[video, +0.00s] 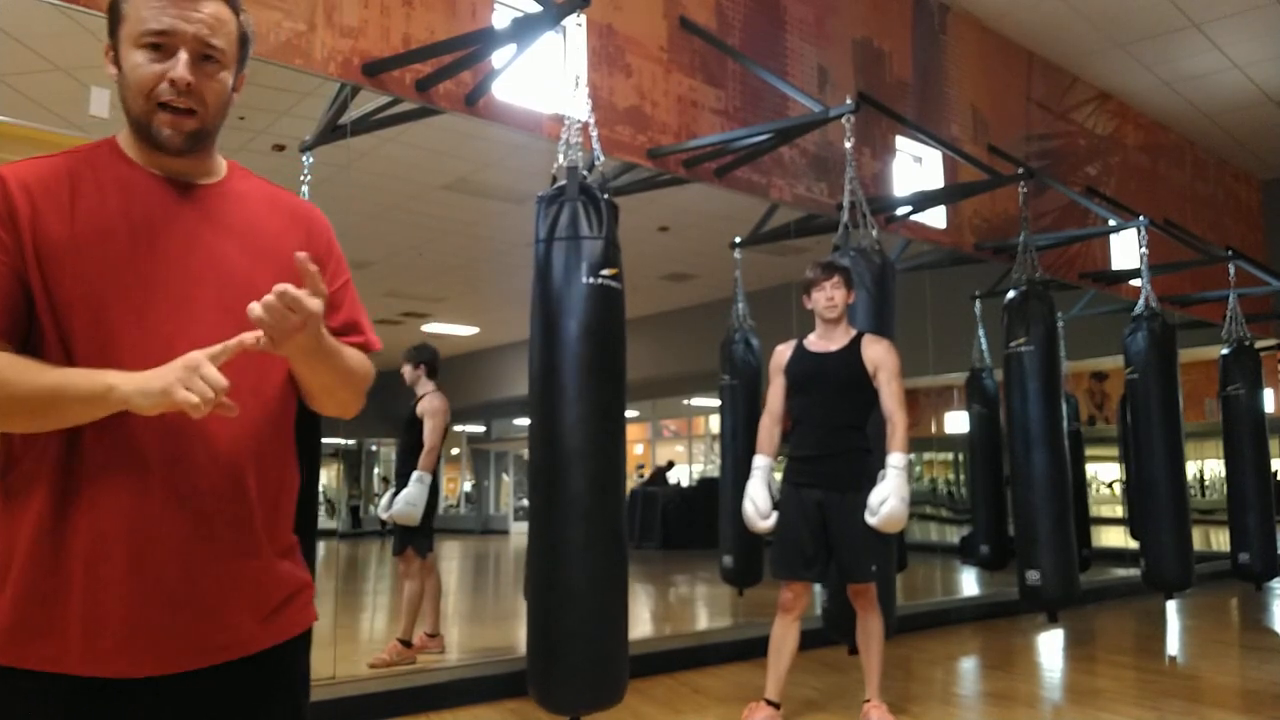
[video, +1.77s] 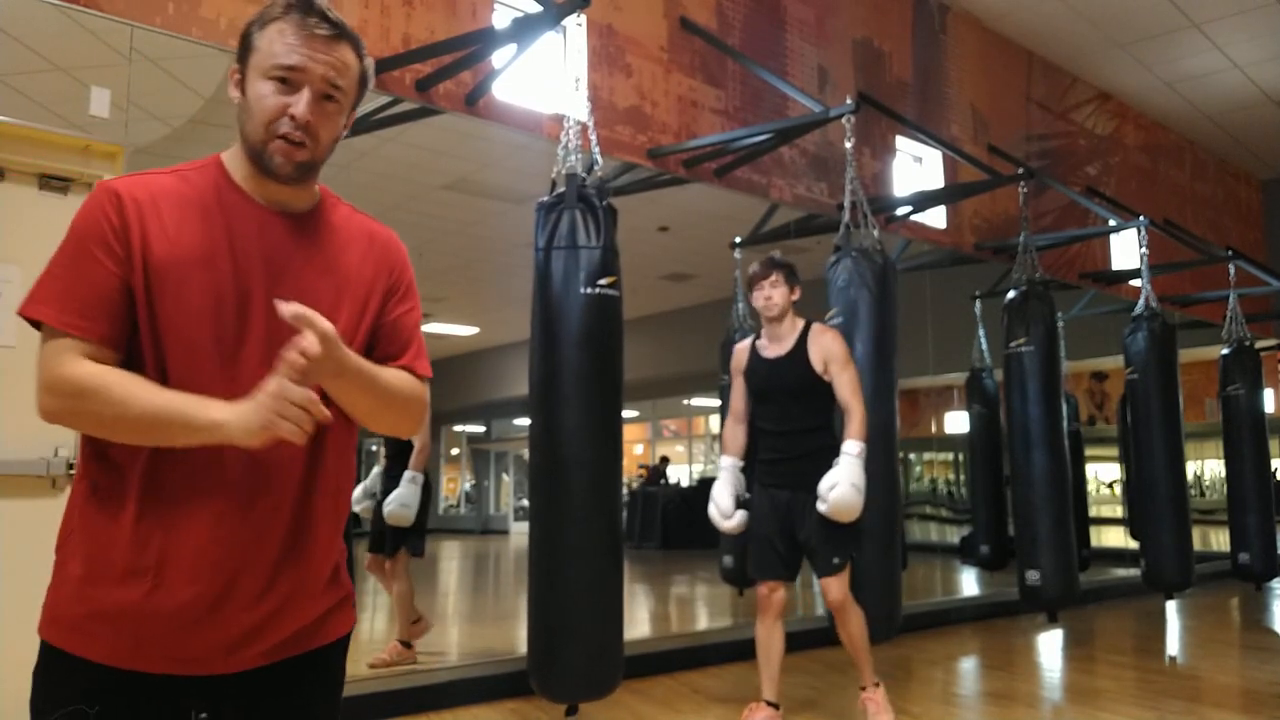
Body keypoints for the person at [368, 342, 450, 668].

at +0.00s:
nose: (402, 374)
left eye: (405, 368)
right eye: (402, 369)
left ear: (421, 369)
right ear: (421, 370)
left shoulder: (433, 401)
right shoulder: (421, 402)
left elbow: (431, 448)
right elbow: (409, 452)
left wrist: (417, 488)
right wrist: (393, 490)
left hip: (419, 484)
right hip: (411, 483)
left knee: (409, 562)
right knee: (424, 562)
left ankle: (404, 641)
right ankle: (431, 634)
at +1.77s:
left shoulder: (417, 392)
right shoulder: (391, 399)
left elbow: (422, 444)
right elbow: (389, 452)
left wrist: (409, 485)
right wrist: (371, 484)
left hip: (407, 481)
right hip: (389, 482)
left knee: (397, 566)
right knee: (374, 563)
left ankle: (403, 643)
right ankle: (414, 619)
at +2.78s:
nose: (344, 379)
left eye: (346, 374)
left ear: (352, 374)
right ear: (364, 375)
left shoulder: (362, 402)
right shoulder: (374, 406)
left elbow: (364, 444)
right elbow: (387, 458)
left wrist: (348, 485)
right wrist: (345, 461)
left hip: (372, 492)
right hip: (371, 491)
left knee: (352, 565)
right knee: (343, 565)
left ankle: (387, 628)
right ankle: (362, 635)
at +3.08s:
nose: (338, 381)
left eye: (341, 375)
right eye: (338, 375)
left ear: (350, 374)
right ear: (358, 374)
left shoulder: (363, 404)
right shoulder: (364, 405)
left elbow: (364, 445)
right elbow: (387, 457)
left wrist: (351, 486)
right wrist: (343, 457)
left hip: (371, 490)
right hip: (369, 489)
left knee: (353, 563)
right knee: (344, 565)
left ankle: (386, 628)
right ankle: (362, 635)